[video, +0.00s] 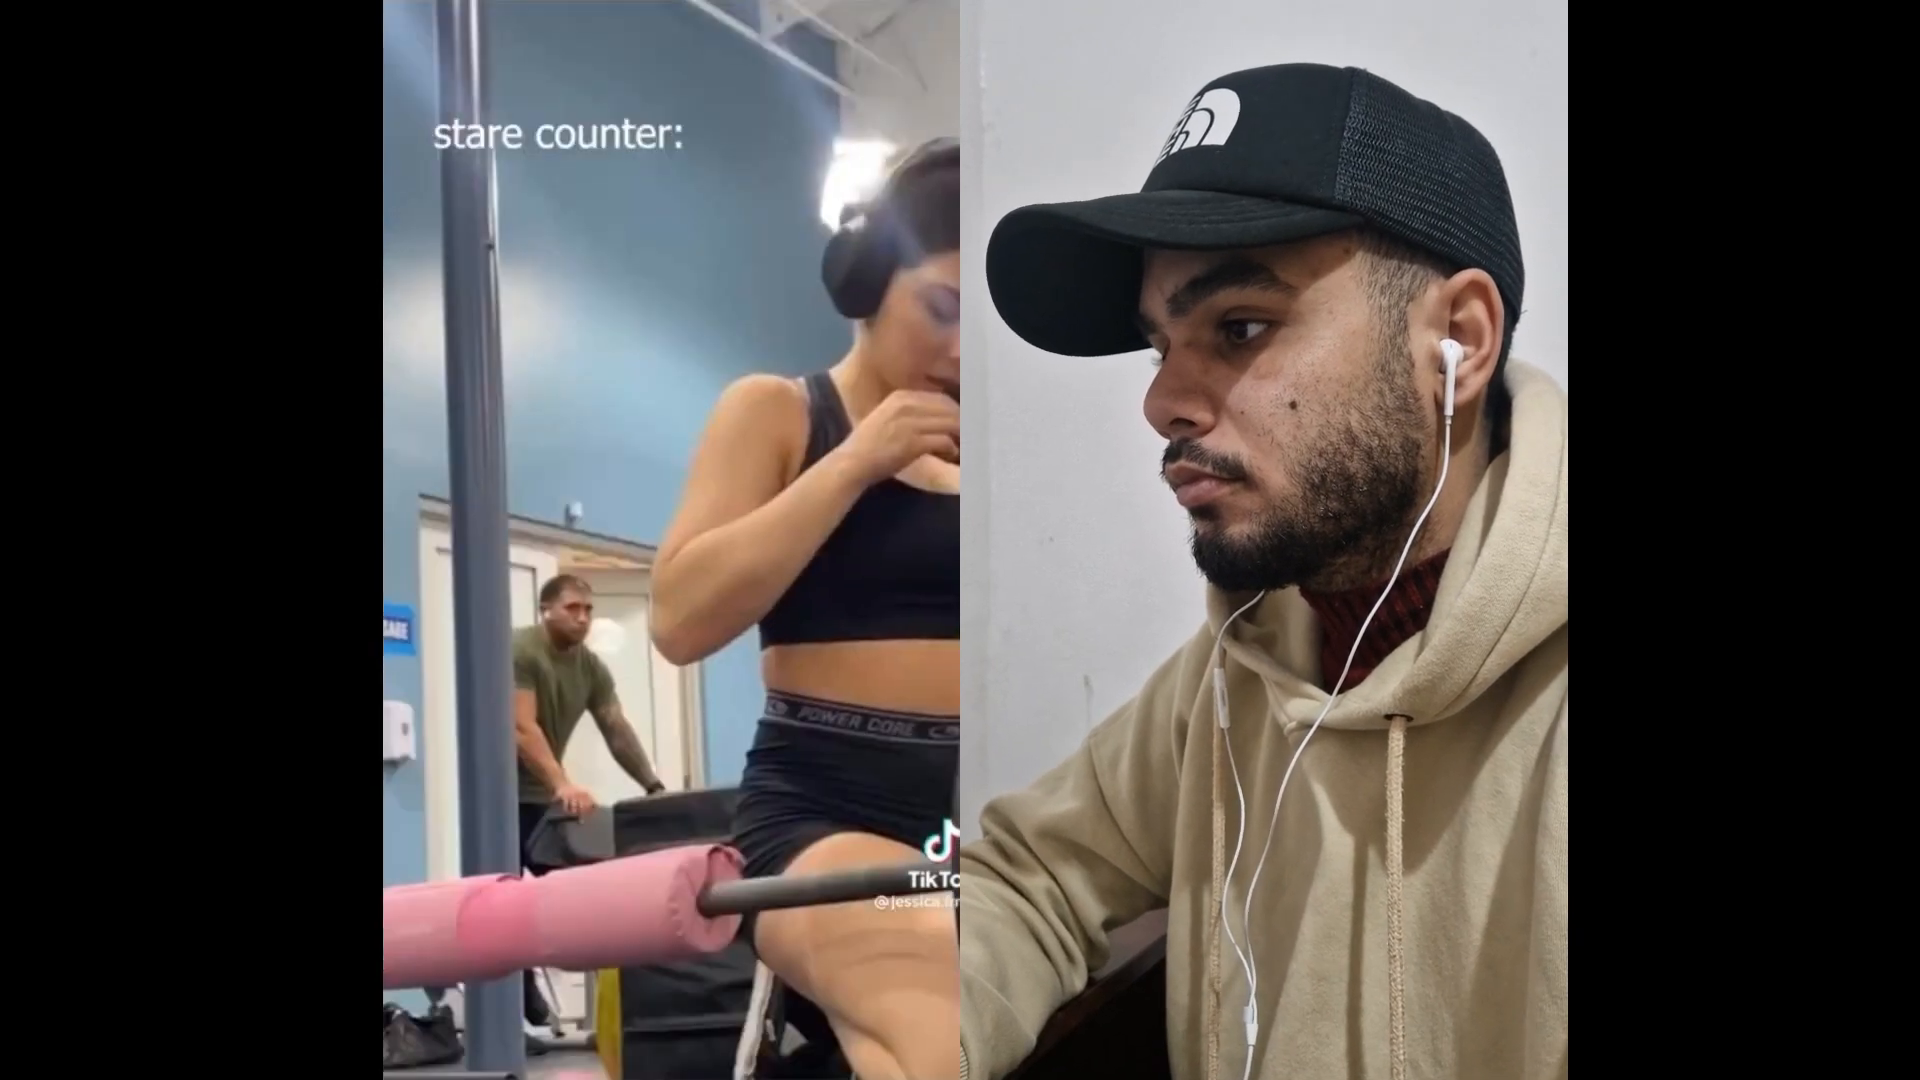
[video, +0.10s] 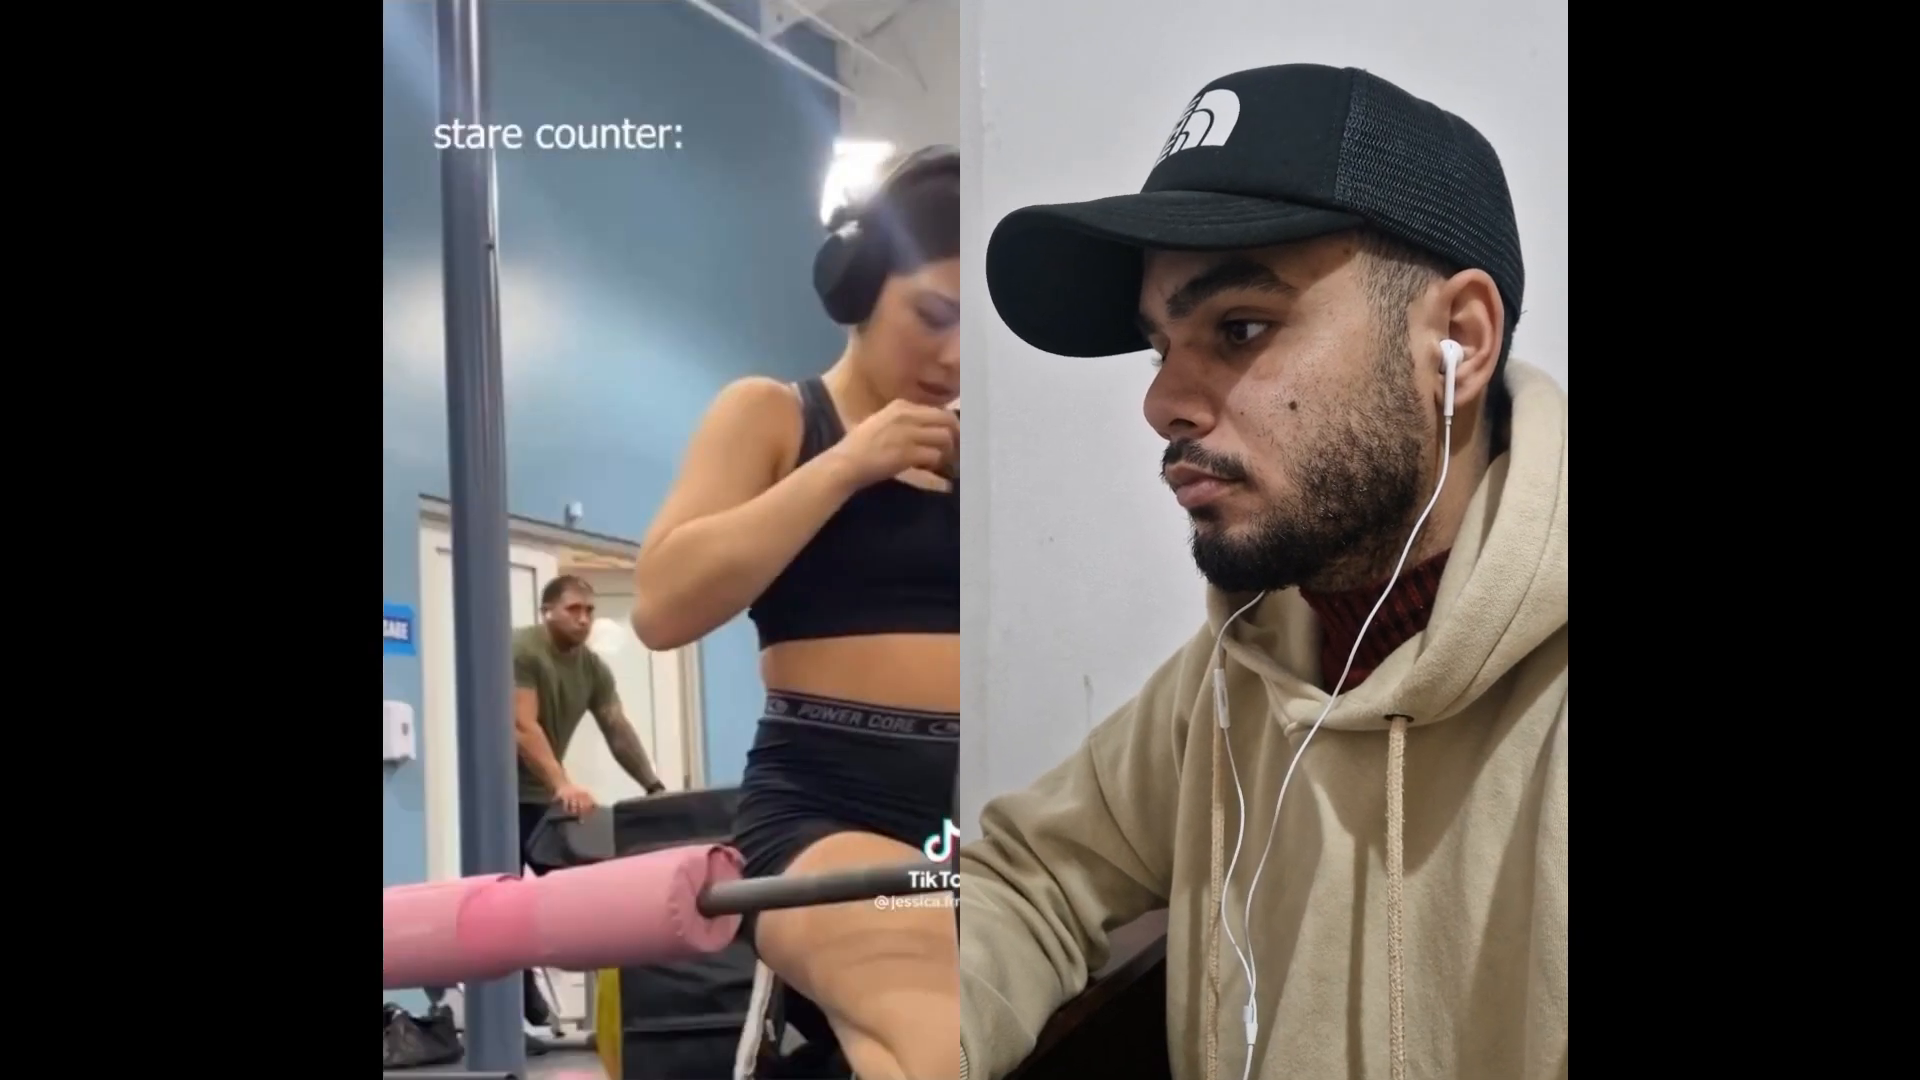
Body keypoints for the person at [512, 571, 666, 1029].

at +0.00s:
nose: (582, 617)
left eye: (587, 610)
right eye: (572, 608)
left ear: (591, 615)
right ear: (546, 610)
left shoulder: (589, 666)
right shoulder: (523, 650)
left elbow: (617, 731)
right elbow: (522, 728)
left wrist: (653, 784)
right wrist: (561, 784)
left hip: (541, 794)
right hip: (504, 793)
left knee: (529, 898)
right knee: (511, 897)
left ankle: (520, 998)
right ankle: (527, 1003)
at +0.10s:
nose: (583, 618)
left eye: (589, 611)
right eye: (574, 609)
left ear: (592, 616)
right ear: (547, 612)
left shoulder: (592, 668)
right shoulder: (524, 649)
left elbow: (618, 730)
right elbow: (523, 726)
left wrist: (653, 785)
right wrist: (562, 784)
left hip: (541, 794)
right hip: (504, 792)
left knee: (529, 900)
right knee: (510, 898)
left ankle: (517, 1002)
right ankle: (528, 1005)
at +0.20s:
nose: (585, 619)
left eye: (591, 612)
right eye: (576, 611)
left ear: (595, 617)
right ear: (548, 613)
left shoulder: (593, 667)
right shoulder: (525, 648)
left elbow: (618, 730)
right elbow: (523, 725)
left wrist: (653, 784)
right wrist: (561, 784)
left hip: (542, 795)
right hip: (504, 793)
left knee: (533, 897)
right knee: (510, 897)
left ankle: (518, 998)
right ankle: (527, 1001)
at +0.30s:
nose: (586, 621)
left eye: (592, 613)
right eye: (576, 612)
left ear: (596, 618)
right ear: (550, 613)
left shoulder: (594, 668)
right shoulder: (526, 648)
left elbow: (619, 731)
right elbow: (524, 724)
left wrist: (654, 786)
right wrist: (561, 783)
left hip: (543, 796)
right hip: (505, 794)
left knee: (529, 901)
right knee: (510, 900)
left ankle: (518, 1002)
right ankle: (528, 1005)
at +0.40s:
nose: (586, 622)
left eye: (591, 615)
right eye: (576, 613)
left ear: (595, 620)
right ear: (550, 614)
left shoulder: (595, 669)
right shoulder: (526, 649)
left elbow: (619, 732)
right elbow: (524, 724)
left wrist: (653, 785)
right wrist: (561, 783)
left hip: (544, 798)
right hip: (505, 794)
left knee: (529, 899)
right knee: (511, 899)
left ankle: (516, 1002)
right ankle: (528, 1005)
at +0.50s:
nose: (586, 623)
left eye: (591, 615)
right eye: (576, 613)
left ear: (596, 621)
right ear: (551, 614)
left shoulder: (595, 669)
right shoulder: (527, 648)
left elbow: (619, 732)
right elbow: (524, 723)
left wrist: (653, 785)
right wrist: (561, 783)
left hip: (543, 799)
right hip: (504, 796)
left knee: (527, 902)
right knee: (510, 901)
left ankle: (517, 1003)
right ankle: (528, 1006)